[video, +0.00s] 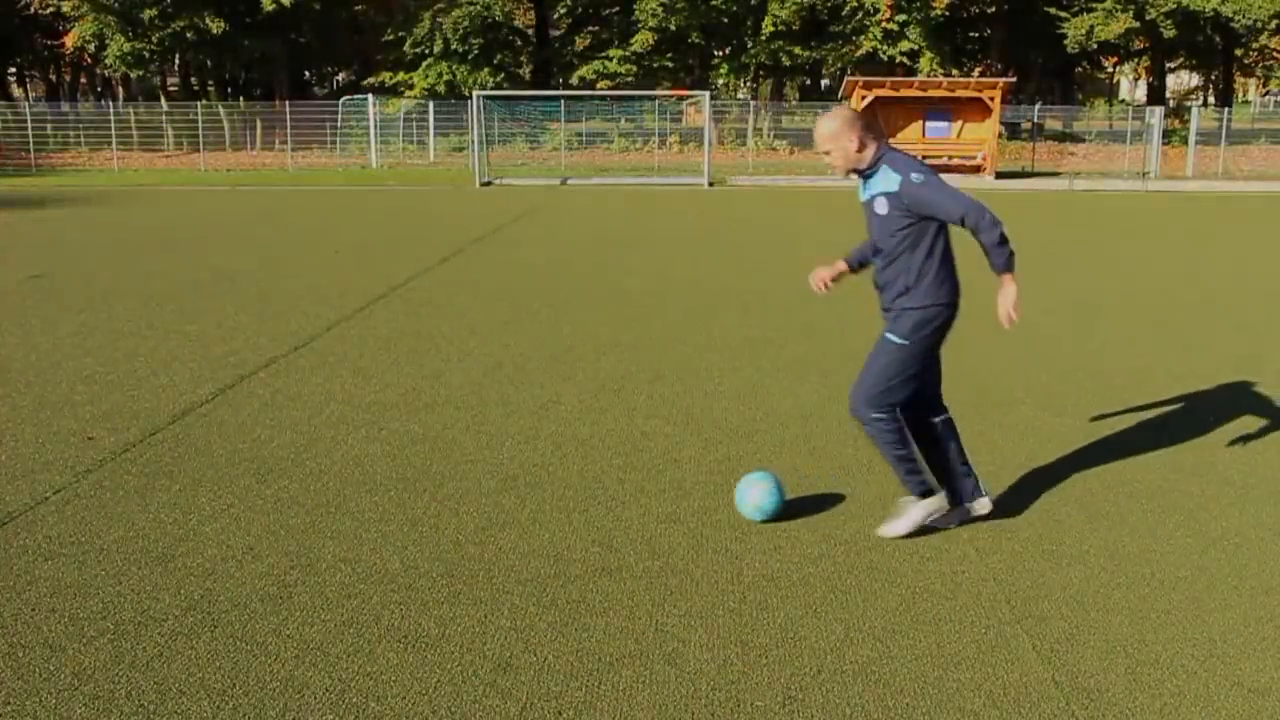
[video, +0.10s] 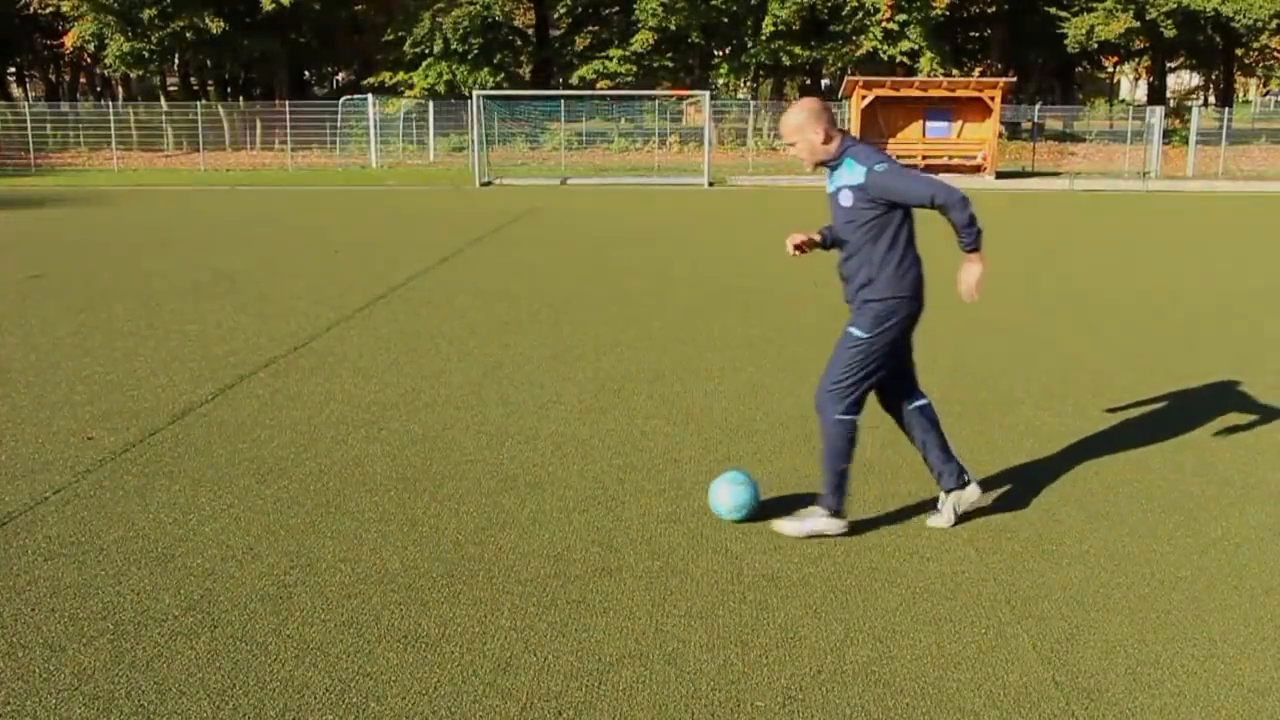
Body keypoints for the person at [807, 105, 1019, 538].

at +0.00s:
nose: (828, 163)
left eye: (830, 154)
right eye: (825, 155)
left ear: (857, 143)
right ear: (856, 144)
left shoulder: (905, 177)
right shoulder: (873, 175)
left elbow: (977, 216)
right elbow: (887, 238)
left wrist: (1007, 278)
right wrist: (843, 265)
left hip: (923, 308)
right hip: (907, 307)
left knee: (869, 402)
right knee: (923, 405)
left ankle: (925, 495)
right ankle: (969, 496)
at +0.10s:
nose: (794, 154)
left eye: (795, 145)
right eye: (790, 146)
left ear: (823, 136)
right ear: (823, 136)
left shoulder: (870, 167)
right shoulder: (841, 166)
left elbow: (950, 196)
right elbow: (857, 225)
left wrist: (972, 252)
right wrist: (820, 239)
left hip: (886, 301)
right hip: (878, 298)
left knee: (834, 396)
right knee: (899, 393)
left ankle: (830, 510)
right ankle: (957, 486)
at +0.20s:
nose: (761, 157)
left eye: (764, 149)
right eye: (759, 149)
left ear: (792, 142)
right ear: (793, 142)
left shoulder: (835, 182)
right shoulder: (812, 173)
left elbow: (897, 230)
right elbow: (831, 234)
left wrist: (923, 297)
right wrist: (798, 266)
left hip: (846, 313)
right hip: (837, 308)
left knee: (797, 408)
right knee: (848, 404)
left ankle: (791, 518)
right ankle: (929, 471)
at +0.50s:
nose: (691, 126)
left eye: (691, 115)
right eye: (687, 117)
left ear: (716, 105)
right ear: (721, 102)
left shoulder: (748, 142)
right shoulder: (767, 129)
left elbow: (723, 220)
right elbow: (830, 163)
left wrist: (656, 219)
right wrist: (843, 213)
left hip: (770, 277)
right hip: (742, 267)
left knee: (761, 388)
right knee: (670, 302)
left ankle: (779, 501)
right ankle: (706, 402)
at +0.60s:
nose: (679, 112)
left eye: (679, 102)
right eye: (675, 104)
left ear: (703, 89)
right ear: (709, 86)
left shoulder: (733, 127)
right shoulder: (756, 113)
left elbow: (718, 205)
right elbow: (822, 146)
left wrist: (649, 214)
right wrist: (838, 198)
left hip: (760, 260)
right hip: (735, 252)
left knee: (753, 370)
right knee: (659, 287)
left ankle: (766, 488)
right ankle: (689, 387)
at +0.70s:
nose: (663, 99)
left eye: (662, 88)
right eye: (658, 90)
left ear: (686, 75)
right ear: (696, 70)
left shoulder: (716, 114)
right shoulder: (745, 97)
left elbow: (707, 195)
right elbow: (811, 133)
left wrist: (641, 226)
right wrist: (830, 183)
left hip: (748, 247)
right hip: (730, 237)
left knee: (730, 355)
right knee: (647, 276)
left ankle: (747, 473)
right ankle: (672, 379)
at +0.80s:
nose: (652, 95)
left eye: (651, 83)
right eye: (647, 86)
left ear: (675, 69)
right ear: (681, 65)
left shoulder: (705, 109)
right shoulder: (735, 94)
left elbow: (702, 195)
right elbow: (799, 125)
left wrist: (645, 238)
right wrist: (823, 175)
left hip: (737, 247)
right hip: (720, 234)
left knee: (716, 351)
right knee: (639, 273)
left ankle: (730, 469)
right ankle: (663, 378)